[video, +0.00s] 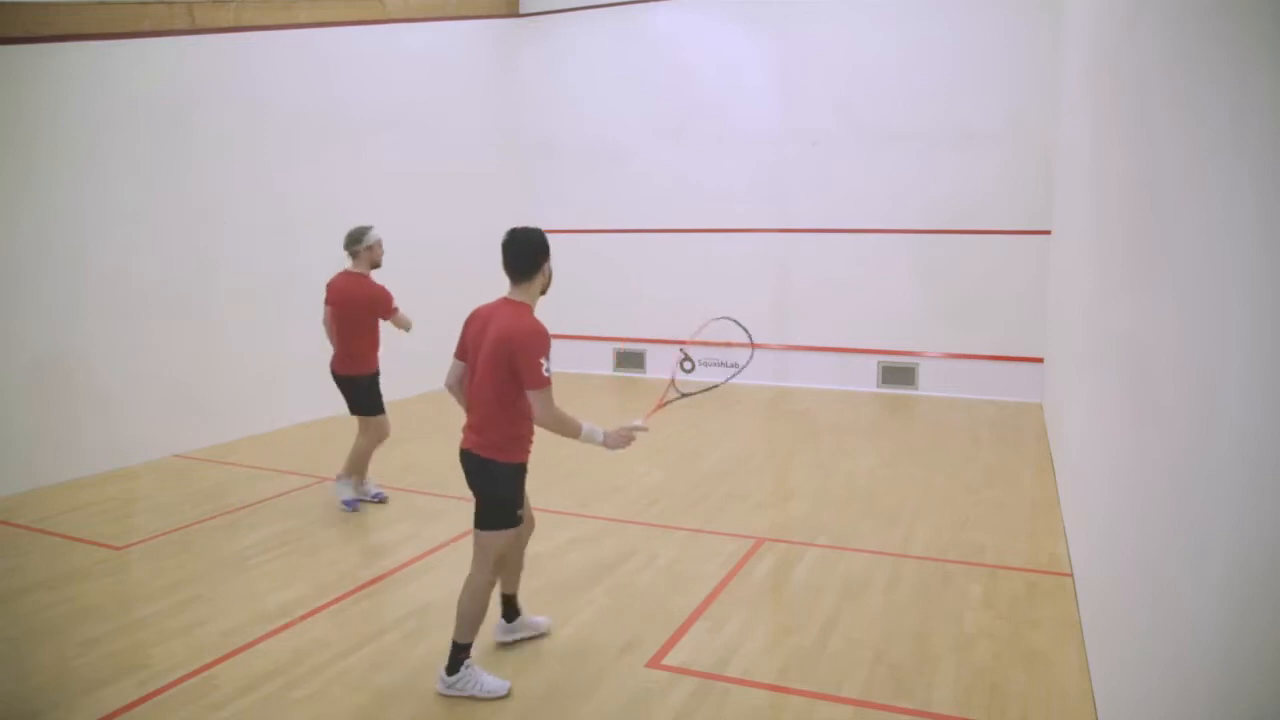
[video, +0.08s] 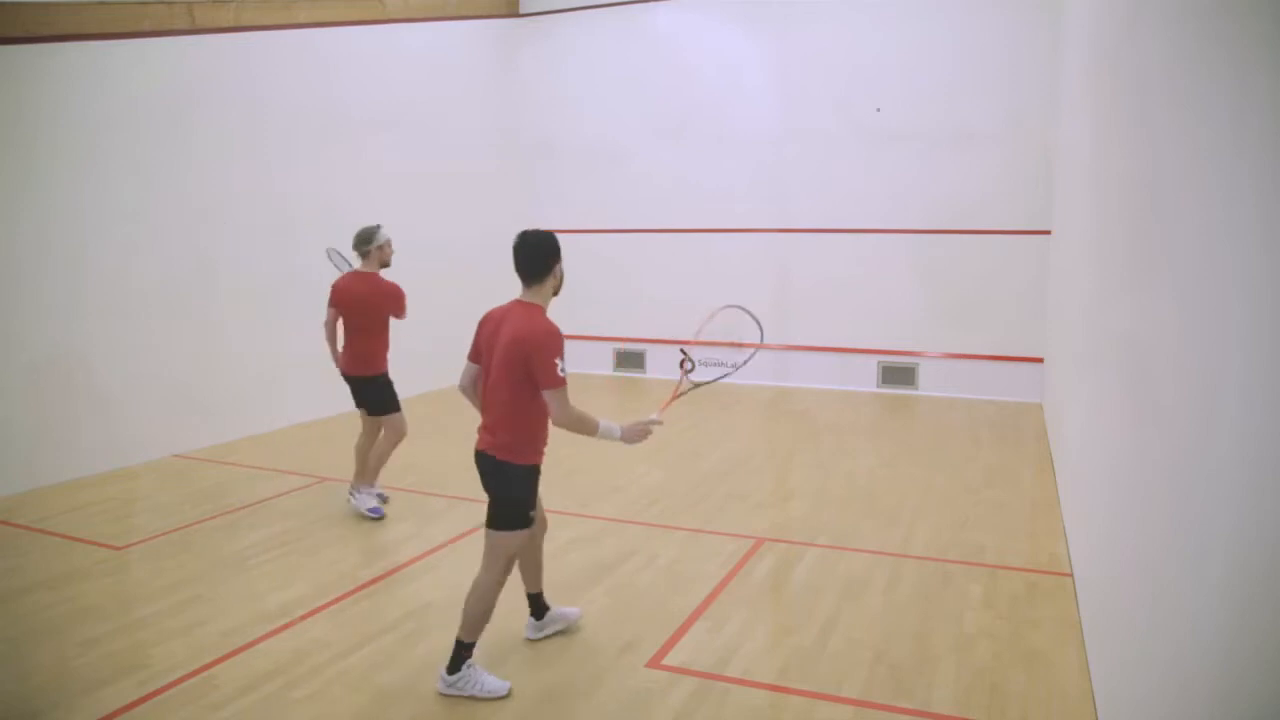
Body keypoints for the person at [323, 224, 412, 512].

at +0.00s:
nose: (383, 251)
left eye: (381, 246)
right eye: (378, 246)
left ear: (356, 252)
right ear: (364, 251)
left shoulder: (335, 284)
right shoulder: (375, 292)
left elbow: (328, 322)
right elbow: (402, 323)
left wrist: (339, 348)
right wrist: (404, 319)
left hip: (343, 368)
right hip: (363, 371)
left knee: (369, 428)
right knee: (377, 430)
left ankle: (361, 482)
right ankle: (345, 480)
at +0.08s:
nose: (392, 251)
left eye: (390, 245)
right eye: (388, 246)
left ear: (362, 252)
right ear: (376, 251)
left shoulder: (341, 284)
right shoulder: (388, 289)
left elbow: (330, 322)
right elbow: (400, 312)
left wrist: (335, 355)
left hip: (352, 367)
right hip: (374, 370)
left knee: (371, 428)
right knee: (396, 429)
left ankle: (359, 487)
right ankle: (365, 488)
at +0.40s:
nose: (427, 248)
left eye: (425, 243)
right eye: (423, 244)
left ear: (397, 252)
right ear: (411, 250)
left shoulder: (376, 286)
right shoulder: (430, 288)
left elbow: (360, 330)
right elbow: (436, 312)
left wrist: (351, 368)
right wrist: (409, 285)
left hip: (385, 374)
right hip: (412, 377)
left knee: (413, 429)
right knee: (428, 439)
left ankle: (384, 480)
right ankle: (401, 506)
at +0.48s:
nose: (436, 246)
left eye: (433, 241)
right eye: (431, 242)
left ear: (404, 250)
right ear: (419, 248)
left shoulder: (383, 285)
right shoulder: (437, 286)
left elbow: (368, 329)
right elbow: (445, 314)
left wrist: (360, 367)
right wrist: (419, 290)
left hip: (393, 374)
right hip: (419, 376)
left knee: (434, 427)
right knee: (430, 433)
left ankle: (404, 491)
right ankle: (404, 503)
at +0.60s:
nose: (448, 242)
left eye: (445, 236)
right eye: (442, 237)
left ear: (418, 245)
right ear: (427, 244)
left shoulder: (396, 281)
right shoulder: (448, 282)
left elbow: (381, 325)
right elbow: (461, 317)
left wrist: (374, 363)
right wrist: (442, 312)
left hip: (407, 371)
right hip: (432, 375)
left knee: (446, 431)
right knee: (431, 438)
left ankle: (444, 502)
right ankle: (404, 502)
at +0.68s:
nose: (455, 244)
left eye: (453, 238)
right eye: (449, 239)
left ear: (428, 247)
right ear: (433, 245)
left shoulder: (406, 282)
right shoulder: (453, 284)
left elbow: (390, 328)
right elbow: (472, 327)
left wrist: (387, 366)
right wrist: (474, 315)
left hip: (417, 373)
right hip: (440, 376)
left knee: (453, 435)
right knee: (438, 440)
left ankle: (457, 508)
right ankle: (404, 500)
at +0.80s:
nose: (465, 250)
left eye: (465, 244)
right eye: (459, 245)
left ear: (441, 251)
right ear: (441, 250)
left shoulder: (423, 285)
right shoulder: (454, 289)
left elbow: (410, 332)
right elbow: (481, 333)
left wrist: (411, 372)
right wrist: (494, 342)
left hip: (431, 379)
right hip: (447, 382)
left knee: (469, 441)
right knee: (461, 448)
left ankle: (459, 510)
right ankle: (415, 498)